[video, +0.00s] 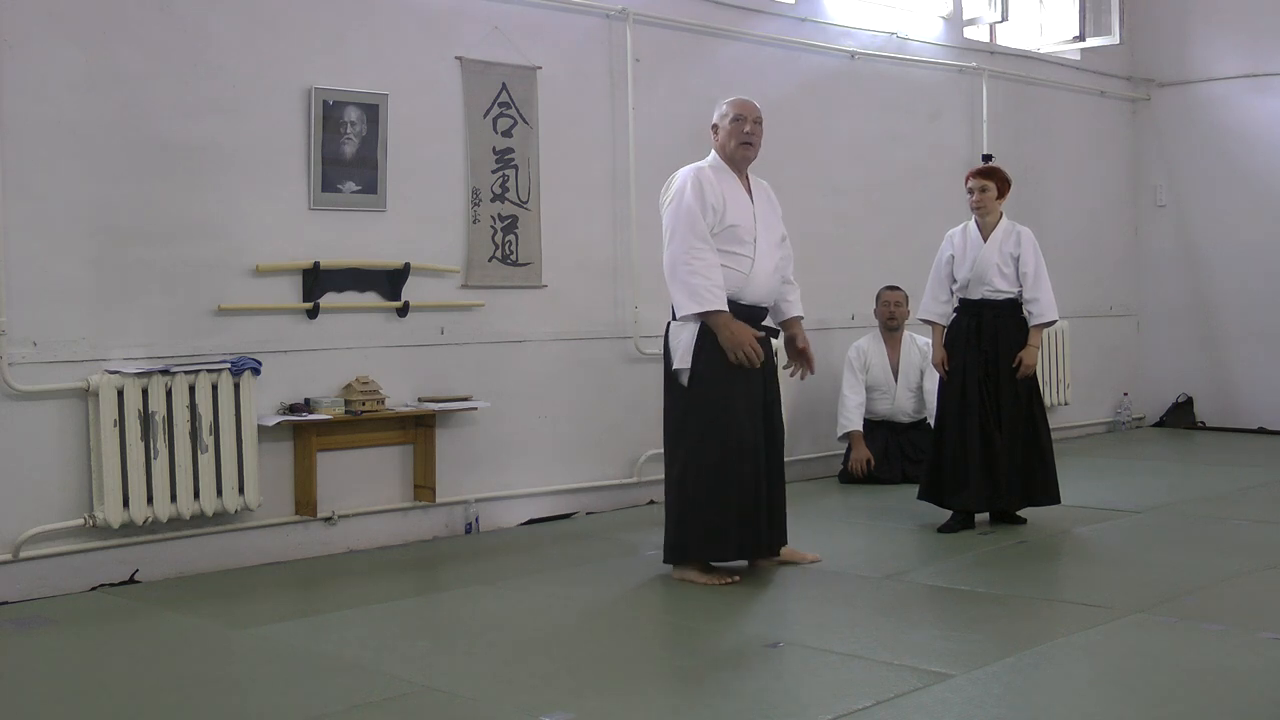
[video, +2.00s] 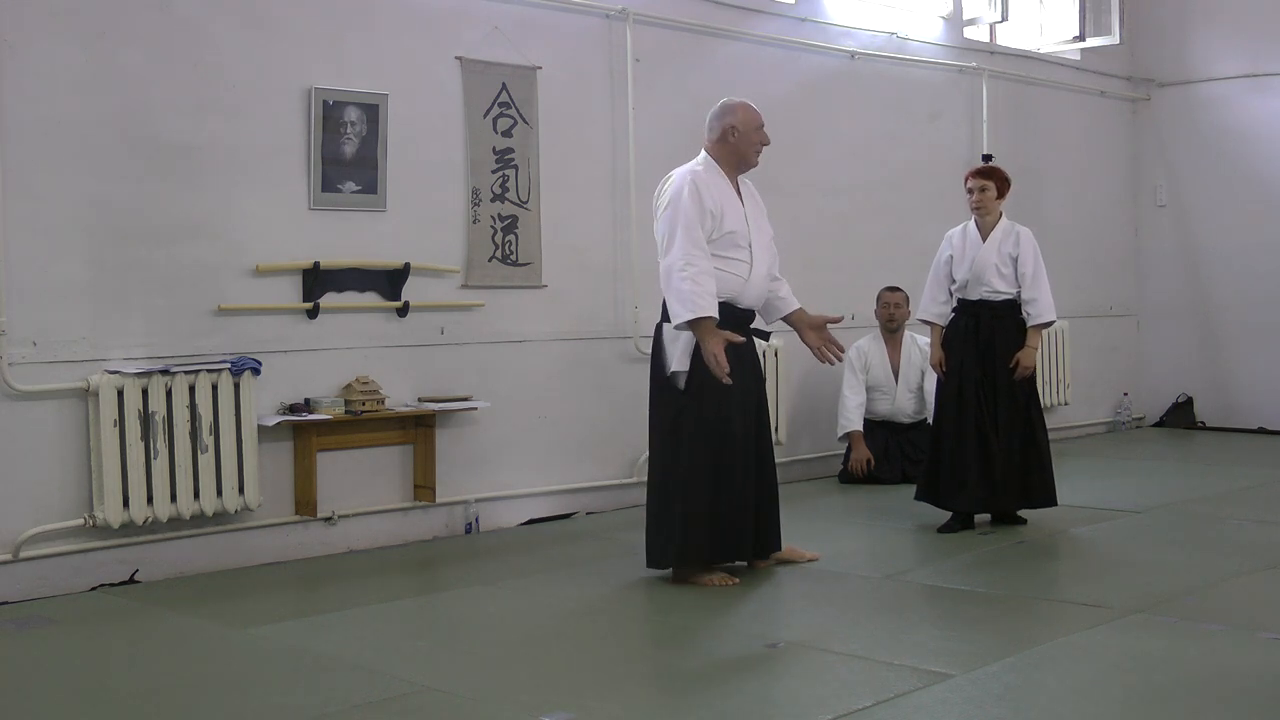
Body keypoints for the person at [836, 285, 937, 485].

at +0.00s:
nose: (892, 310)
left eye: (898, 305)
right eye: (886, 305)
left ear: (908, 313)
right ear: (875, 312)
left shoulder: (925, 348)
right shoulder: (860, 350)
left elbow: (935, 396)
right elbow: (851, 397)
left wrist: (944, 436)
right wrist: (857, 442)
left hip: (916, 430)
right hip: (874, 431)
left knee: (937, 472)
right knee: (855, 472)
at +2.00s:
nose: (891, 312)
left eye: (898, 306)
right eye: (885, 306)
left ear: (908, 313)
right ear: (876, 313)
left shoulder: (926, 348)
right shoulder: (860, 351)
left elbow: (934, 396)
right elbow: (851, 398)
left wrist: (941, 435)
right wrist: (857, 442)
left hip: (916, 430)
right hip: (875, 430)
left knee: (934, 473)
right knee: (855, 472)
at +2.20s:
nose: (892, 313)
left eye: (898, 307)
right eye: (886, 307)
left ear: (908, 313)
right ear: (876, 313)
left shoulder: (926, 348)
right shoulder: (861, 350)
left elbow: (934, 396)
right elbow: (851, 398)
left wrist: (940, 436)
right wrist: (857, 443)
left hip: (916, 430)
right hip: (875, 430)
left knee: (934, 473)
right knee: (855, 472)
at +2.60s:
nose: (891, 314)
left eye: (898, 308)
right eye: (885, 308)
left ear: (908, 314)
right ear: (876, 313)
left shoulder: (926, 349)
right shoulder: (861, 351)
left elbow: (936, 397)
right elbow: (852, 398)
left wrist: (946, 437)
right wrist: (857, 443)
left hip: (916, 430)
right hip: (875, 431)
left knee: (936, 471)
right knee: (856, 471)